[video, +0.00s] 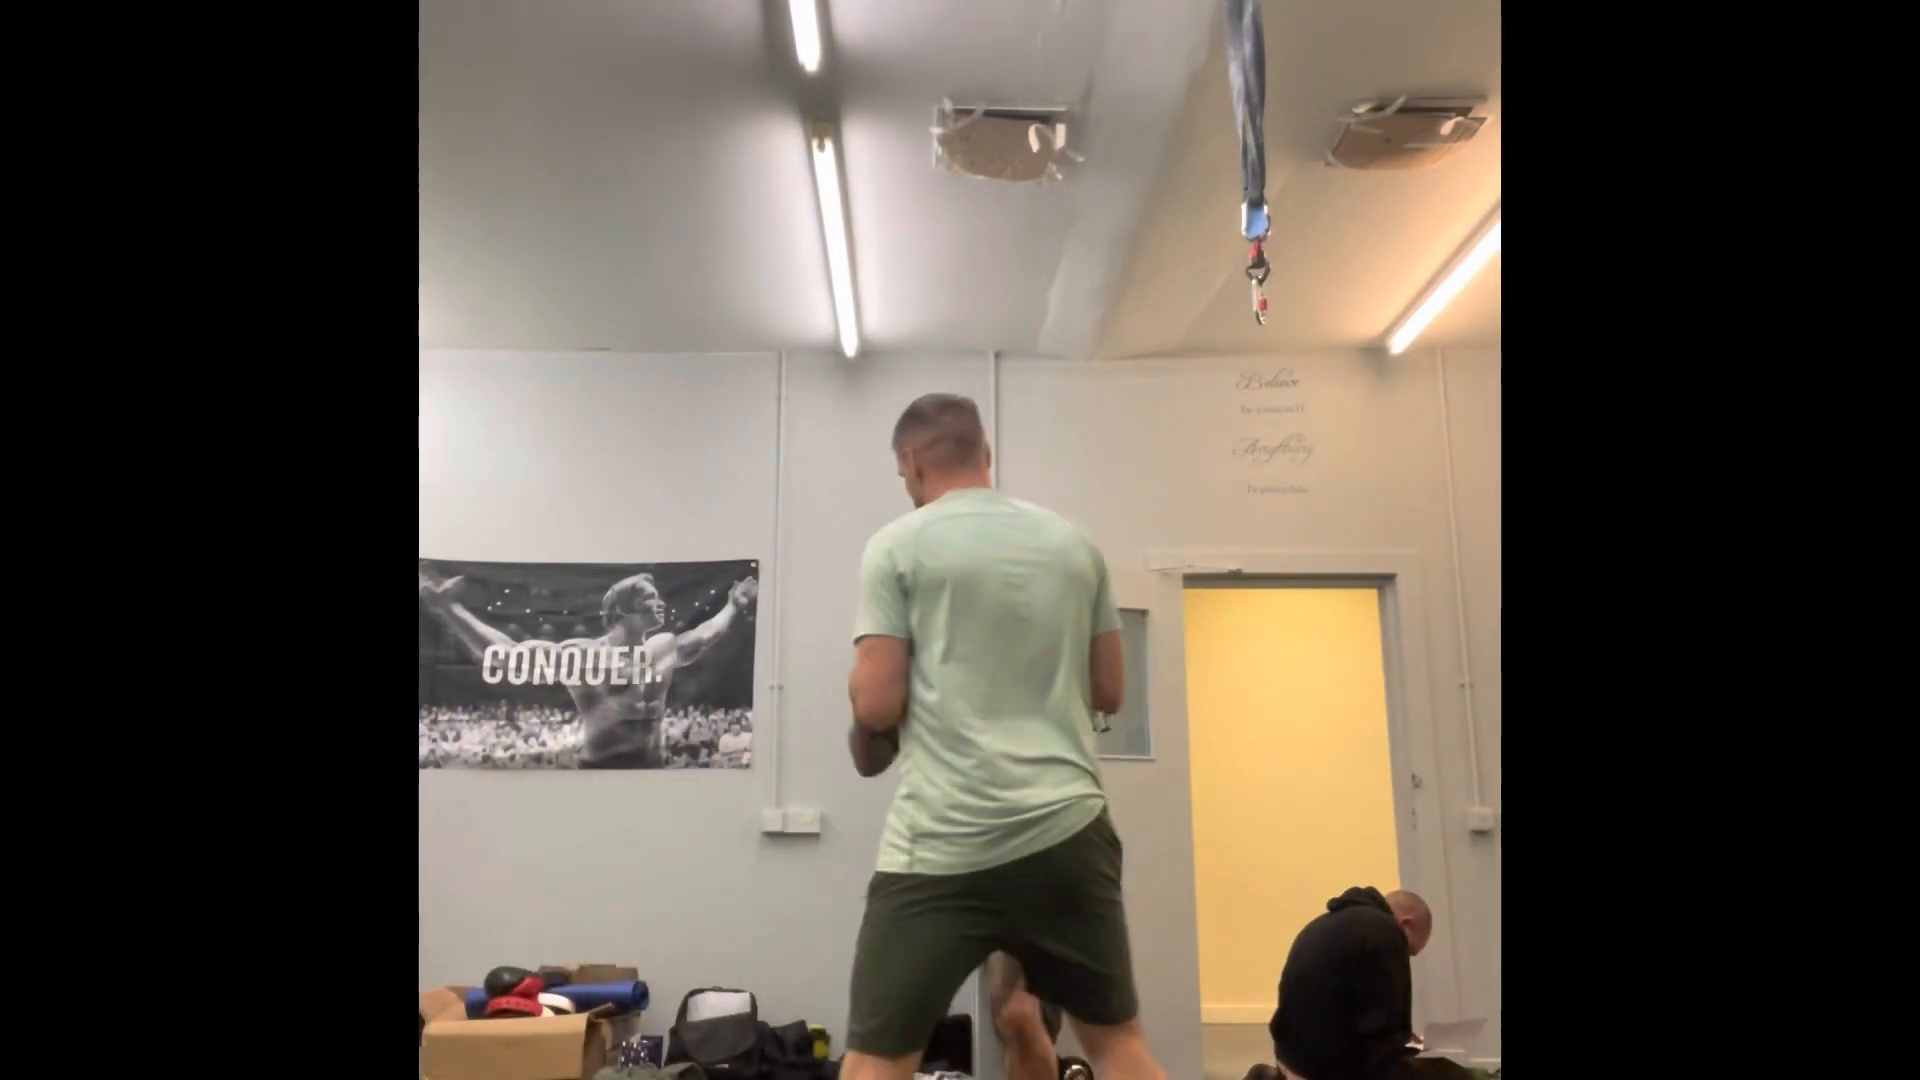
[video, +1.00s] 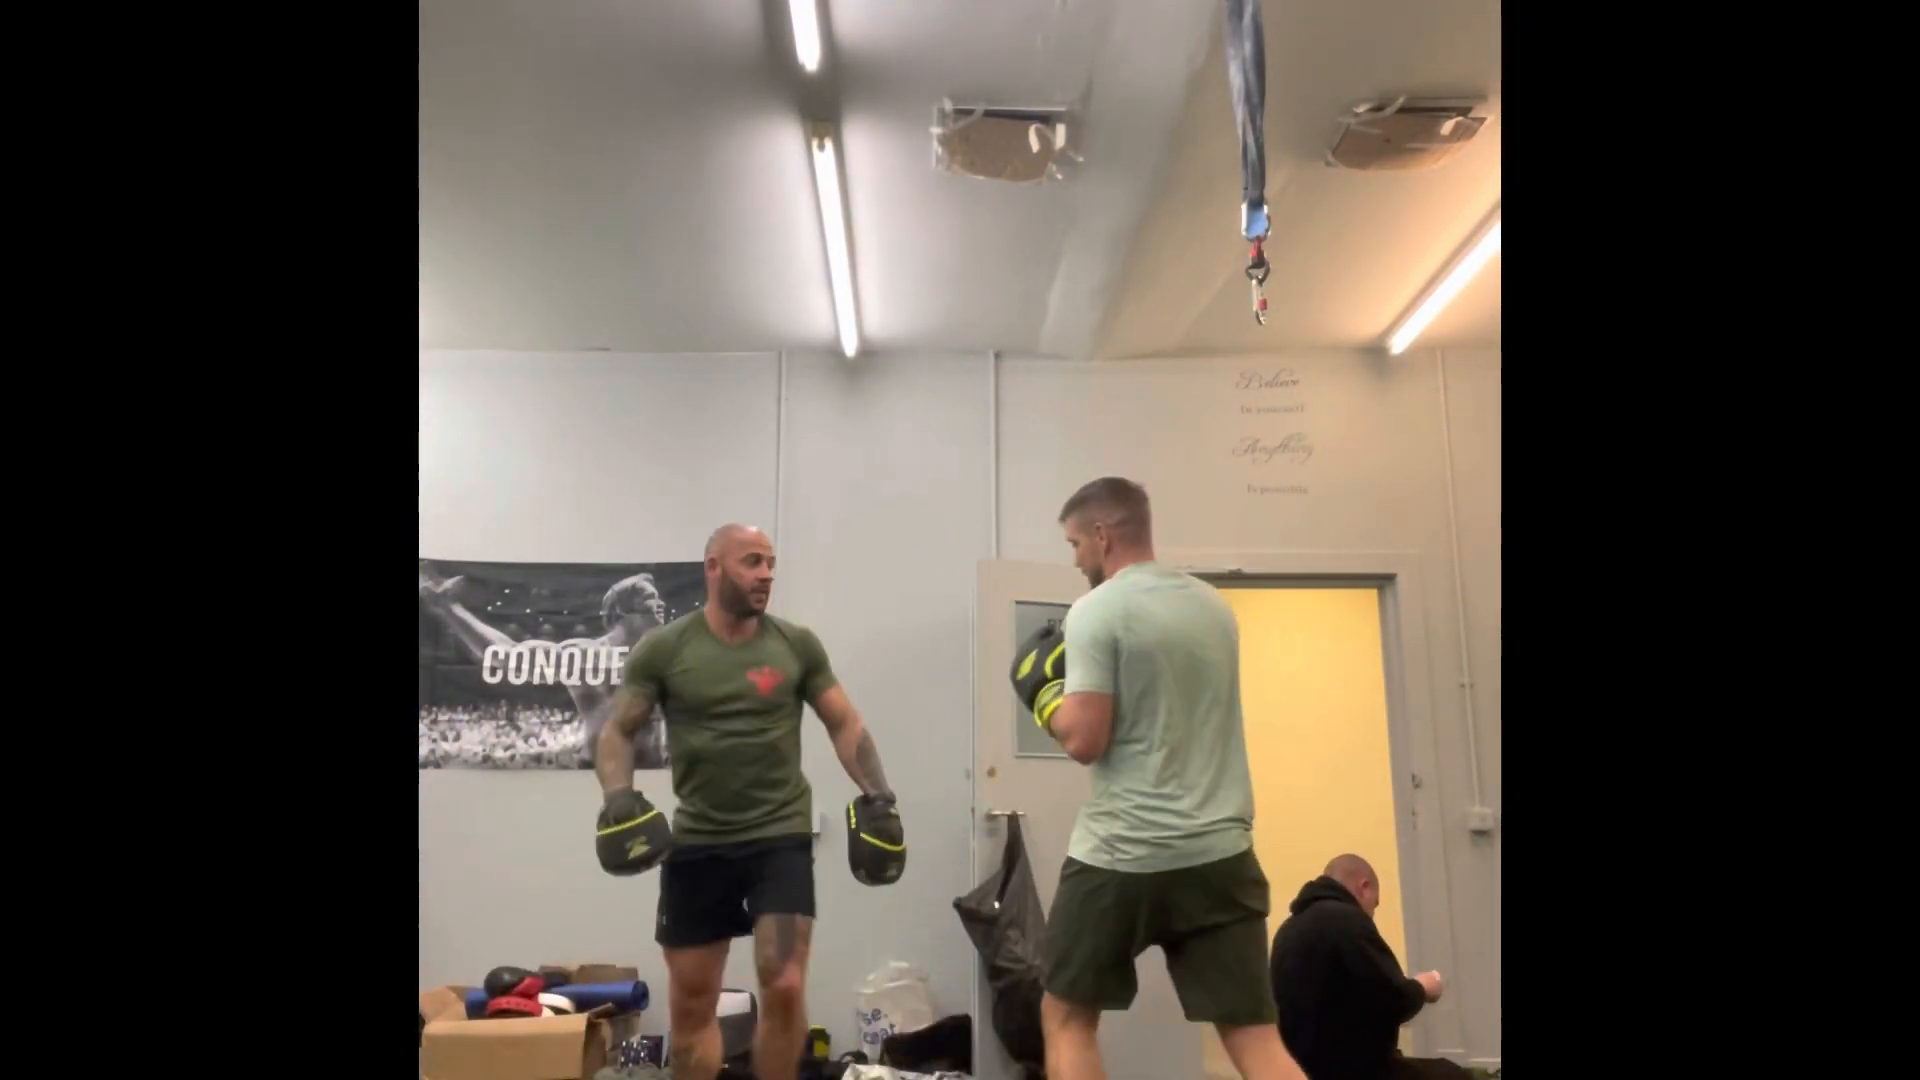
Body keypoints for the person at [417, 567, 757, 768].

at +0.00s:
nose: (662, 612)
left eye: (660, 604)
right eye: (652, 605)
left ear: (651, 613)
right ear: (623, 614)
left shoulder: (664, 649)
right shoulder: (579, 655)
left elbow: (710, 633)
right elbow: (505, 651)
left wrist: (736, 604)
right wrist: (448, 607)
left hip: (652, 773)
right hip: (600, 775)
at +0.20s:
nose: (662, 608)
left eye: (660, 601)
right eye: (652, 602)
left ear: (651, 611)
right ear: (624, 612)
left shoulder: (665, 648)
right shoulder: (580, 655)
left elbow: (709, 633)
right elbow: (506, 652)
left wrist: (736, 604)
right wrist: (449, 608)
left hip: (652, 772)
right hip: (600, 774)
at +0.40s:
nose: (662, 609)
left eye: (660, 603)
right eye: (652, 603)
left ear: (651, 612)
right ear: (623, 613)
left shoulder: (665, 648)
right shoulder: (579, 655)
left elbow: (708, 634)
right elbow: (506, 653)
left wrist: (736, 604)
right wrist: (449, 608)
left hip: (651, 772)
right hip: (599, 774)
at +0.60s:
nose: (662, 608)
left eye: (660, 601)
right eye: (651, 602)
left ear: (652, 611)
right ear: (623, 613)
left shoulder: (665, 648)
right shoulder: (580, 655)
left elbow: (708, 634)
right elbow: (506, 653)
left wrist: (736, 604)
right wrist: (449, 608)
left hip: (651, 772)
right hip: (599, 774)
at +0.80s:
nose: (662, 607)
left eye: (660, 601)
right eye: (651, 601)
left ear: (651, 610)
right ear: (624, 612)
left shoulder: (665, 648)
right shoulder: (580, 655)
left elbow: (708, 634)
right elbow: (505, 653)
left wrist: (736, 605)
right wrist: (448, 608)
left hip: (651, 772)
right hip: (599, 774)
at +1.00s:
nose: (660, 617)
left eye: (661, 609)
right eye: (650, 609)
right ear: (621, 615)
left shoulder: (661, 652)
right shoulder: (582, 656)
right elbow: (508, 653)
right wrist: (447, 608)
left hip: (659, 770)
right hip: (605, 771)